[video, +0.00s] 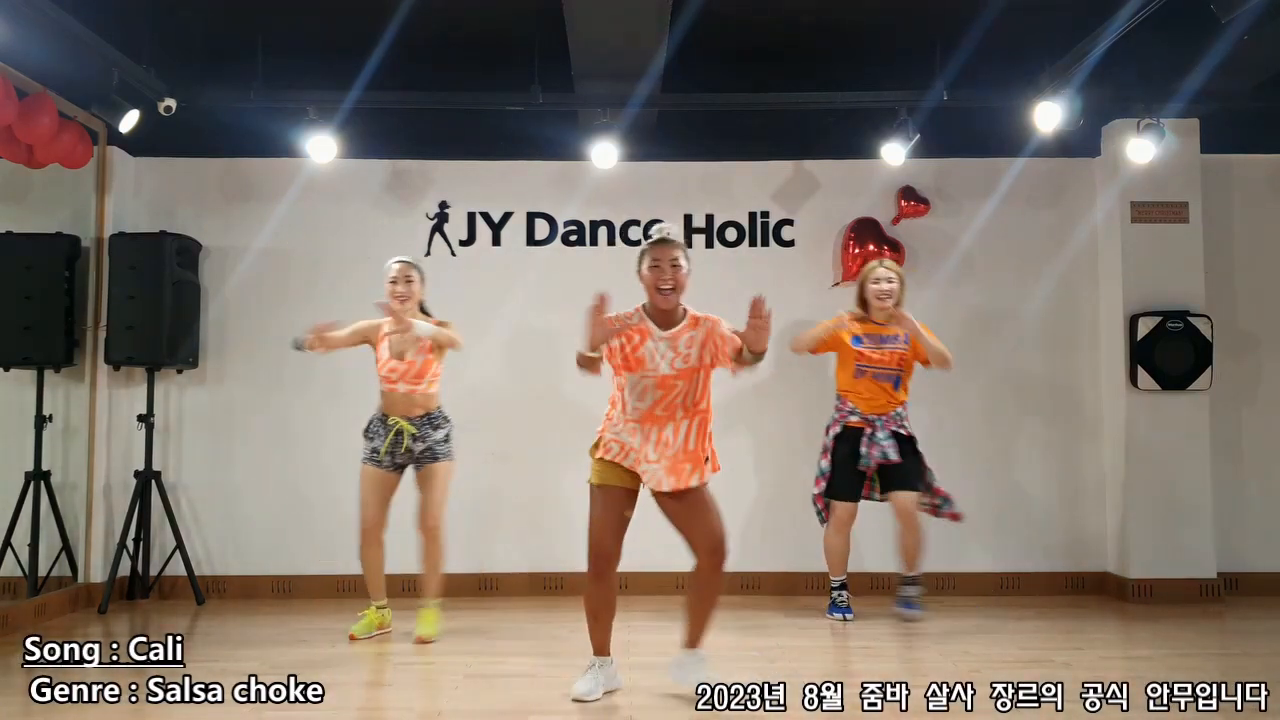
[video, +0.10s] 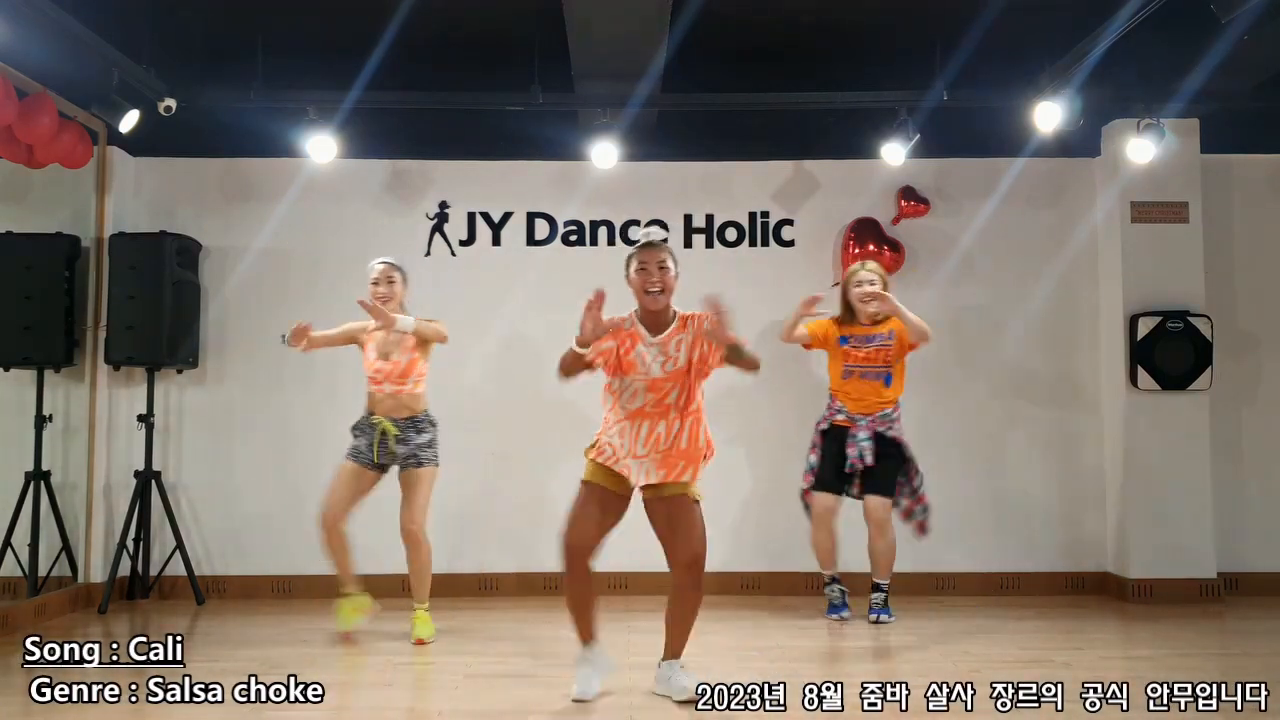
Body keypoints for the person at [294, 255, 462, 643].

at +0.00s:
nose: (400, 288)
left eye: (408, 281)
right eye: (394, 282)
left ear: (422, 289)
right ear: (385, 289)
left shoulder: (435, 328)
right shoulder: (374, 329)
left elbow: (453, 340)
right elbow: (327, 342)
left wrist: (420, 329)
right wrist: (313, 339)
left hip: (431, 432)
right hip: (386, 431)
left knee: (430, 523)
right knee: (369, 526)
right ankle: (378, 610)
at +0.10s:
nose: (382, 289)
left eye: (389, 282)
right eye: (376, 283)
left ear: (405, 290)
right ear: (367, 292)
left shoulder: (420, 328)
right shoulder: (362, 330)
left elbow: (441, 334)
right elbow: (308, 342)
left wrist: (394, 320)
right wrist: (297, 338)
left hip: (417, 432)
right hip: (373, 432)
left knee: (412, 527)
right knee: (330, 517)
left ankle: (421, 611)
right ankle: (353, 596)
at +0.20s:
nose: (360, 292)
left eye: (368, 285)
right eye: (353, 287)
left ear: (385, 291)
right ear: (347, 295)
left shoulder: (402, 336)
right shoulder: (343, 339)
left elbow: (441, 352)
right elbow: (298, 371)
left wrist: (414, 342)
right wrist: (297, 349)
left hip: (400, 437)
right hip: (358, 438)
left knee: (404, 534)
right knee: (301, 519)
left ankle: (420, 612)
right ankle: (294, 601)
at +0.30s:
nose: (334, 301)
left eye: (343, 293)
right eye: (328, 295)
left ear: (361, 299)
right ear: (323, 302)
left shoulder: (380, 343)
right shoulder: (324, 351)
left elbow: (424, 375)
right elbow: (305, 394)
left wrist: (388, 381)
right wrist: (278, 392)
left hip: (380, 445)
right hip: (339, 448)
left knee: (388, 542)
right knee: (285, 530)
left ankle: (419, 614)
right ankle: (282, 614)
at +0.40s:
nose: (304, 290)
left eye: (313, 284)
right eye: (305, 283)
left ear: (336, 293)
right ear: (311, 292)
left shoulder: (356, 331)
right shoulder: (306, 340)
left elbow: (397, 347)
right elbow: (277, 365)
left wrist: (367, 349)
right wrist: (257, 376)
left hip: (367, 434)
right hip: (326, 440)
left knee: (398, 525)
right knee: (283, 527)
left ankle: (428, 607)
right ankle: (280, 613)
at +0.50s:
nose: (290, 279)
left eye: (297, 274)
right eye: (291, 273)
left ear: (318, 282)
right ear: (297, 282)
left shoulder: (338, 316)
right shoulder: (298, 322)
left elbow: (349, 288)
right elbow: (257, 313)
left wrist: (319, 262)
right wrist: (245, 284)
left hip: (362, 418)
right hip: (324, 427)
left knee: (403, 508)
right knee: (294, 517)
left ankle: (447, 589)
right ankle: (279, 607)